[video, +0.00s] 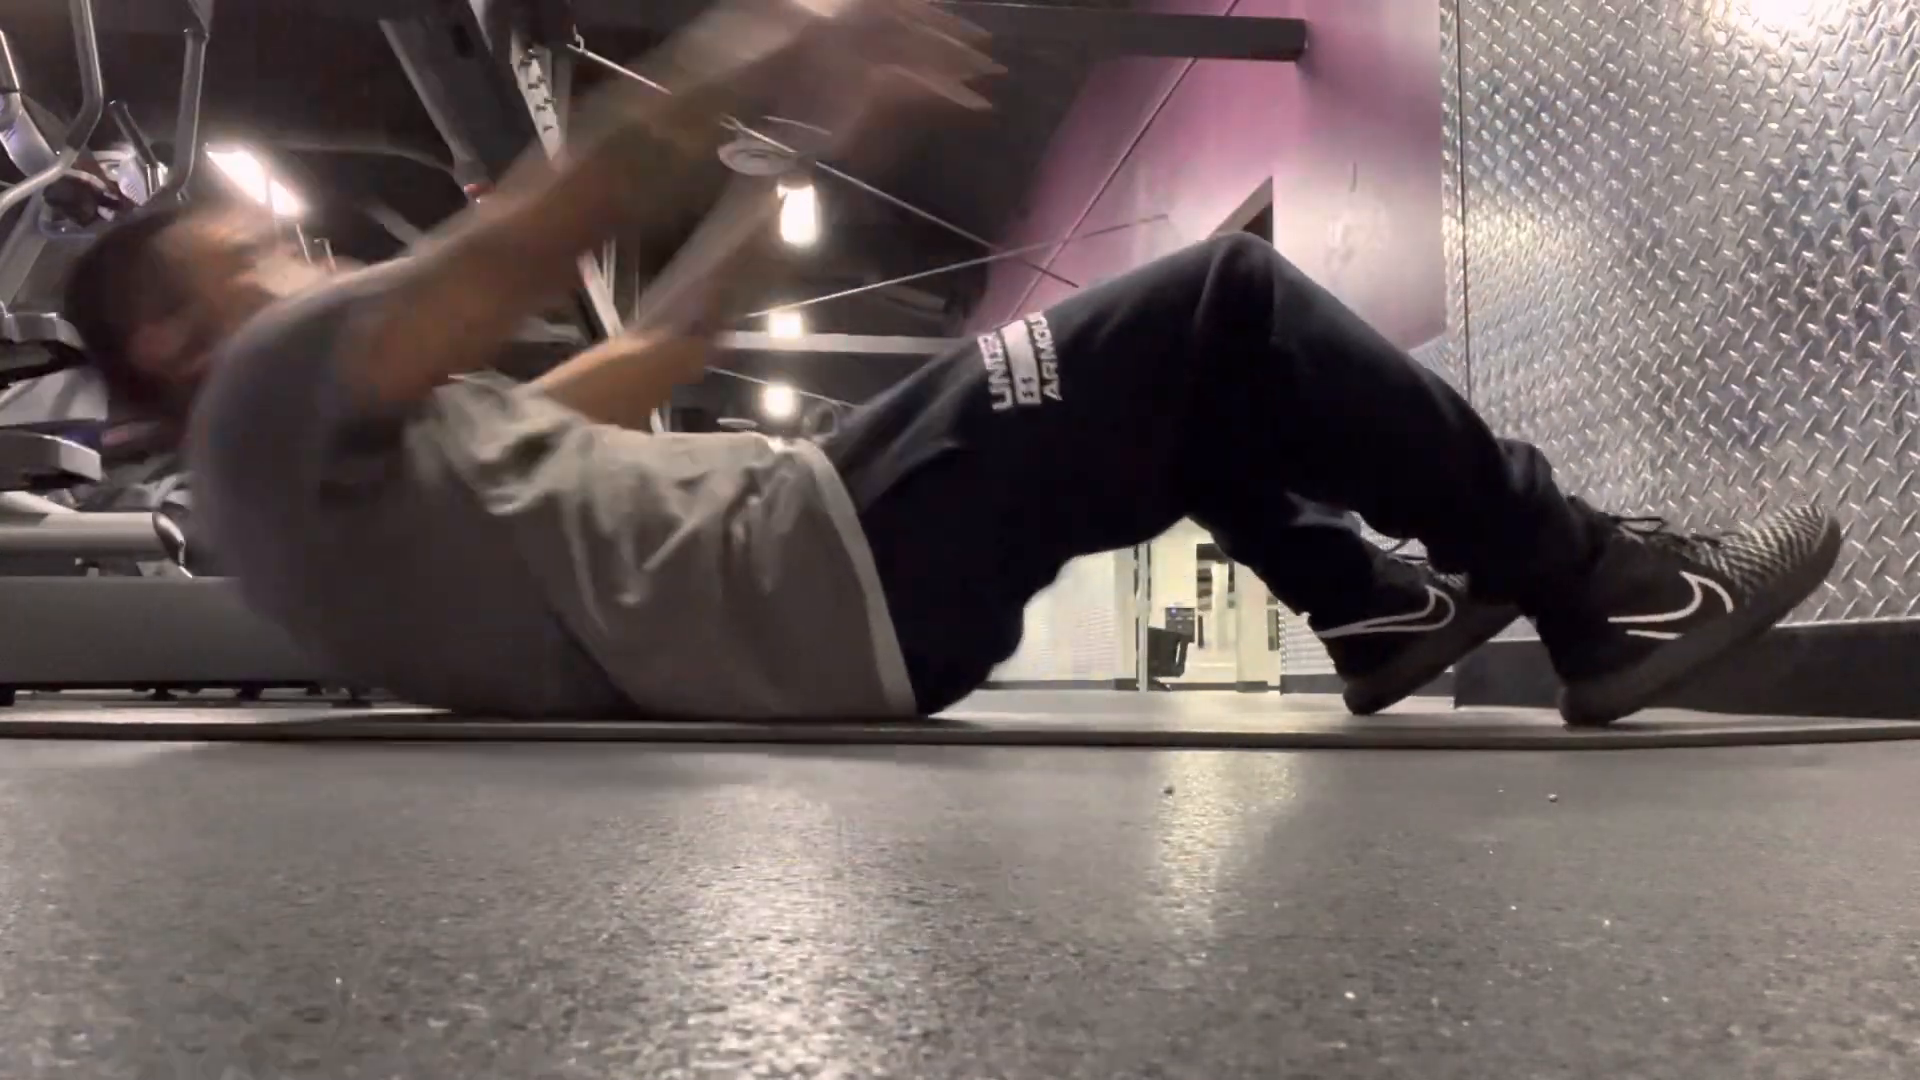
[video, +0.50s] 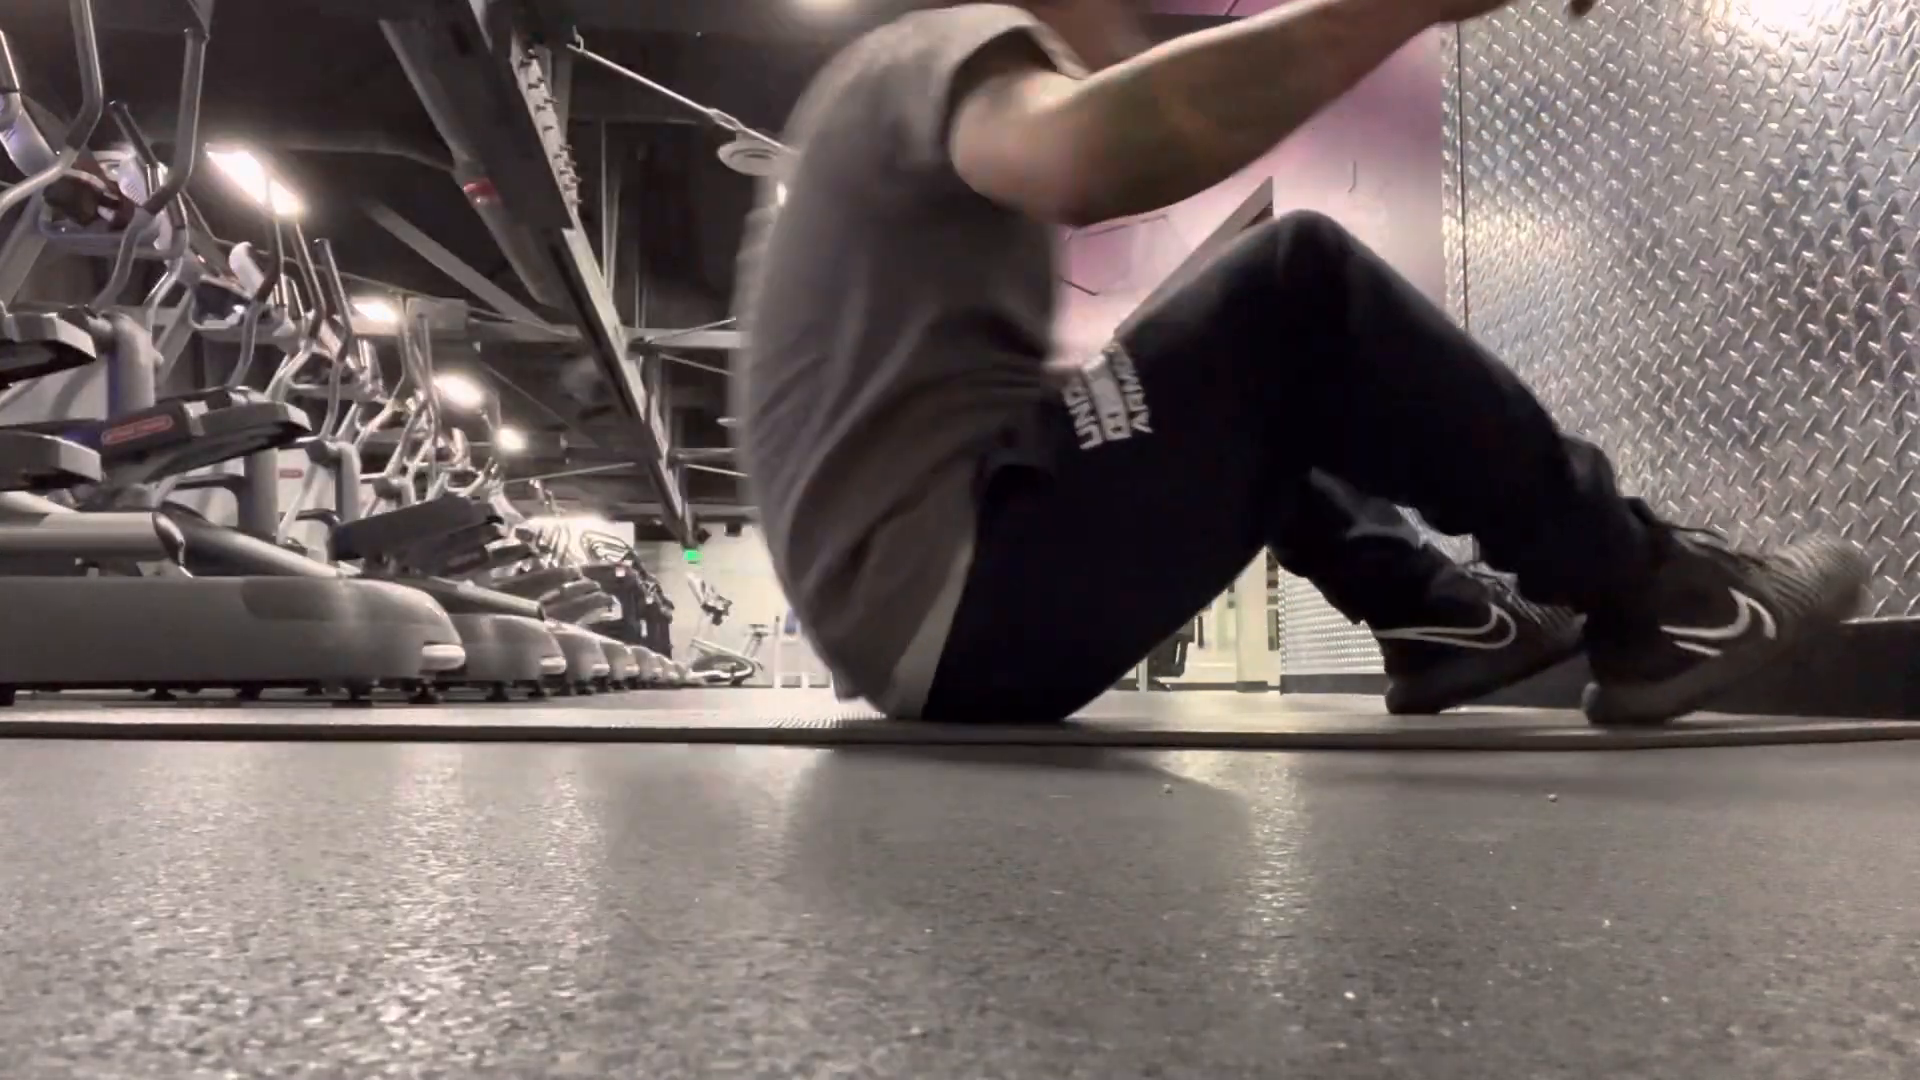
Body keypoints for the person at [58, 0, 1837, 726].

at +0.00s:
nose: (302, 236)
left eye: (281, 223)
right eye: (242, 238)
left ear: (288, 280)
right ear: (151, 356)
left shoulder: (377, 443)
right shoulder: (254, 417)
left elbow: (626, 371)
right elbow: (522, 229)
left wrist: (768, 188)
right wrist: (759, 70)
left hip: (785, 560)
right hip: (807, 597)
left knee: (1141, 361)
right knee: (1220, 305)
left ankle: (1389, 613)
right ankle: (1612, 594)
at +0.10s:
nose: (496, 180)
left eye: (475, 156)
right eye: (446, 163)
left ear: (354, 211)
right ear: (343, 209)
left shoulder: (463, 358)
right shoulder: (378, 308)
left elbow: (754, 356)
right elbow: (706, 236)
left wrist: (976, 220)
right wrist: (986, 118)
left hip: (848, 543)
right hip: (855, 586)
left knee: (1178, 351)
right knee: (1240, 300)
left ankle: (1396, 613)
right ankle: (1630, 588)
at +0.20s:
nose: (647, 93)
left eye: (635, 67)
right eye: (609, 63)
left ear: (481, 96)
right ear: (485, 81)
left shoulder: (537, 260)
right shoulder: (510, 194)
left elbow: (862, 336)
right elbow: (860, 198)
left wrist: (1090, 227)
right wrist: (1137, 118)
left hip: (876, 575)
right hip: (888, 606)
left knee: (1182, 298)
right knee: (1243, 293)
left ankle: (1420, 605)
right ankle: (1638, 591)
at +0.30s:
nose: (809, 43)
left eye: (796, 26)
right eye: (779, 18)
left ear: (637, 29)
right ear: (673, 9)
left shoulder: (649, 229)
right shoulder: (644, 130)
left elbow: (951, 346)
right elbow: (1023, 156)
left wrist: (1189, 220)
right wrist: (1288, 77)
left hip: (902, 601)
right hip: (912, 599)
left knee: (1215, 314)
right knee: (1264, 281)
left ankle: (1428, 603)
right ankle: (1642, 572)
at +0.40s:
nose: (965, 89)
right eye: (944, 72)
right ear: (882, 29)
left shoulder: (769, 191)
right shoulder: (792, 79)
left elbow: (1002, 373)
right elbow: (1116, 151)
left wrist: (1199, 350)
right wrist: (1391, 32)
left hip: (926, 616)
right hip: (948, 610)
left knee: (1207, 362)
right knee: (1270, 278)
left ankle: (1439, 619)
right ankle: (1643, 585)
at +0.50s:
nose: (1174, 44)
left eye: (1181, 26)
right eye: (1160, 14)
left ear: (1045, 8)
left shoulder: (924, 82)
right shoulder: (941, 52)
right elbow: (1078, 161)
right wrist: (1410, 4)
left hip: (941, 613)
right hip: (971, 603)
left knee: (1230, 359)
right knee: (1293, 273)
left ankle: (1445, 619)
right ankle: (1648, 588)